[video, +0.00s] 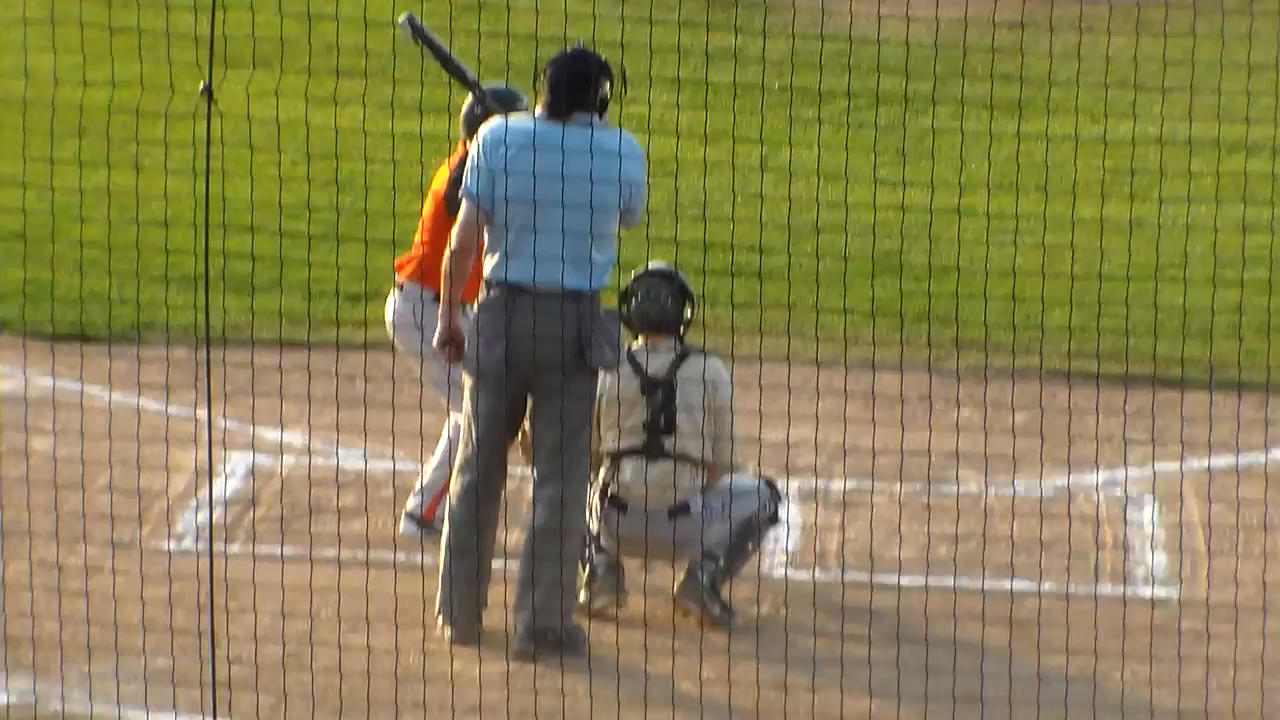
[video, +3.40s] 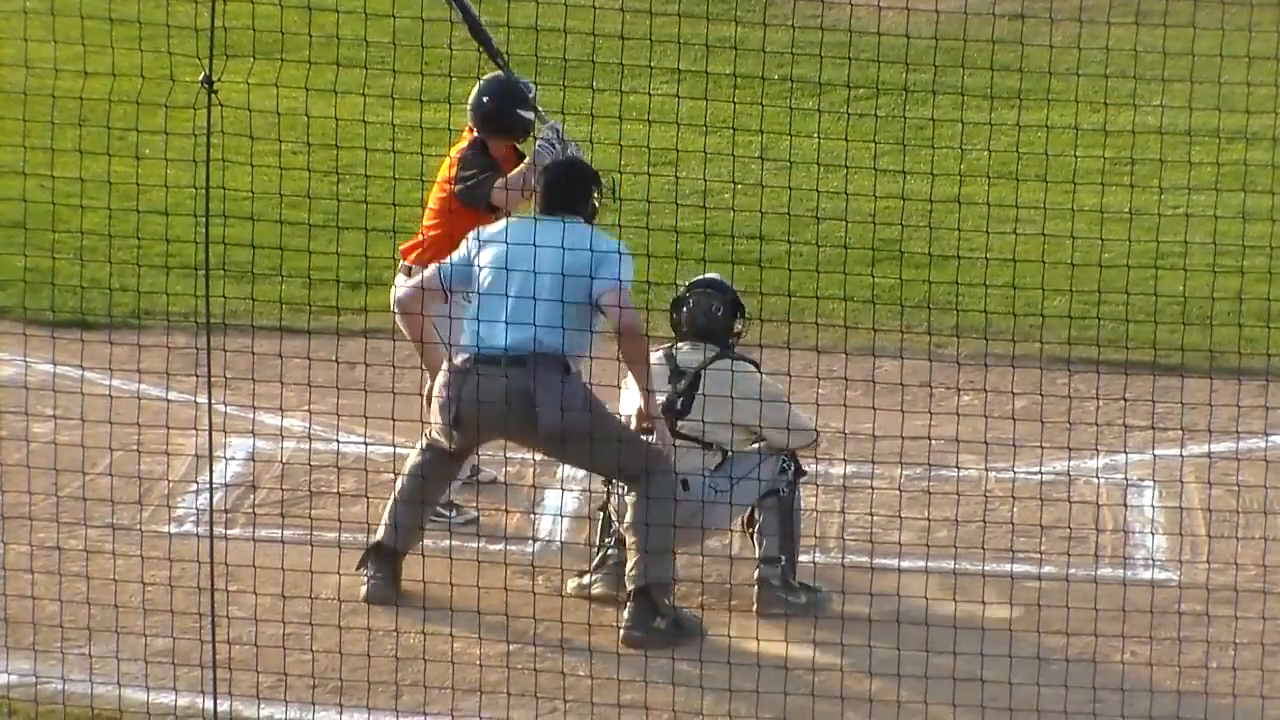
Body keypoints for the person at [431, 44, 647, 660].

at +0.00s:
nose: (605, 103)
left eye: (601, 94)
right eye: (605, 96)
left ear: (547, 92)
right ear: (599, 98)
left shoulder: (497, 135)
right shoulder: (622, 149)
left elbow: (466, 232)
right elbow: (630, 217)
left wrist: (449, 311)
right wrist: (595, 142)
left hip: (503, 313)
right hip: (574, 318)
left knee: (479, 464)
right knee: (562, 473)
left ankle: (461, 612)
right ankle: (543, 624)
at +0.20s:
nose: (600, 169)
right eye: (599, 162)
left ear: (541, 160)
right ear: (595, 166)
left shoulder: (492, 204)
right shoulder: (619, 218)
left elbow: (462, 303)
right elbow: (624, 291)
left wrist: (444, 377)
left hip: (497, 381)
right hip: (569, 386)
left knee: (475, 530)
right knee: (558, 538)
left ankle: (456, 678)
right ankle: (540, 690)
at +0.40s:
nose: (600, 163)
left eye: (591, 154)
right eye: (598, 155)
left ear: (539, 157)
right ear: (592, 160)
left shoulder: (492, 203)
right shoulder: (620, 217)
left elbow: (463, 305)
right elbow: (633, 318)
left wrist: (442, 377)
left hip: (500, 376)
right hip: (573, 380)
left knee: (477, 522)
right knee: (561, 529)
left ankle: (459, 667)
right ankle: (542, 680)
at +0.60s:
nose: (592, 130)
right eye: (594, 121)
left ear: (538, 122)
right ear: (592, 126)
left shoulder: (491, 171)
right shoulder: (620, 183)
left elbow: (463, 271)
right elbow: (635, 285)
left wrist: (437, 337)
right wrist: (632, 362)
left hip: (501, 345)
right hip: (575, 350)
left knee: (478, 489)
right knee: (561, 497)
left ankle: (459, 635)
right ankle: (541, 645)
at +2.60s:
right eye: (596, 91)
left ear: (540, 89)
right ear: (595, 93)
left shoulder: (495, 136)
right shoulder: (623, 149)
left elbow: (454, 239)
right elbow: (638, 255)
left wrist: (459, 305)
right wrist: (638, 329)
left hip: (506, 311)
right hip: (582, 318)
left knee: (462, 431)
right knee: (568, 460)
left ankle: (452, 575)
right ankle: (545, 605)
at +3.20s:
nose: (580, 158)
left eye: (510, 145)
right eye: (578, 151)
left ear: (515, 146)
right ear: (571, 154)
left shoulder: (471, 189)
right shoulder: (586, 197)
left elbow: (400, 264)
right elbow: (605, 281)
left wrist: (424, 341)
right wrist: (632, 354)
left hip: (456, 341)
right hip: (533, 344)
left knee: (437, 431)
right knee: (623, 457)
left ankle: (383, 563)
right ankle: (638, 592)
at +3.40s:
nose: (598, 209)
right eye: (595, 202)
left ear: (538, 197)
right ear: (590, 204)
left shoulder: (490, 237)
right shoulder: (603, 247)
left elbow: (405, 297)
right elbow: (625, 320)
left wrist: (435, 366)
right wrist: (645, 397)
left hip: (467, 389)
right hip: (547, 393)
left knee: (441, 450)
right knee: (652, 473)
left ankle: (383, 561)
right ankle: (648, 605)